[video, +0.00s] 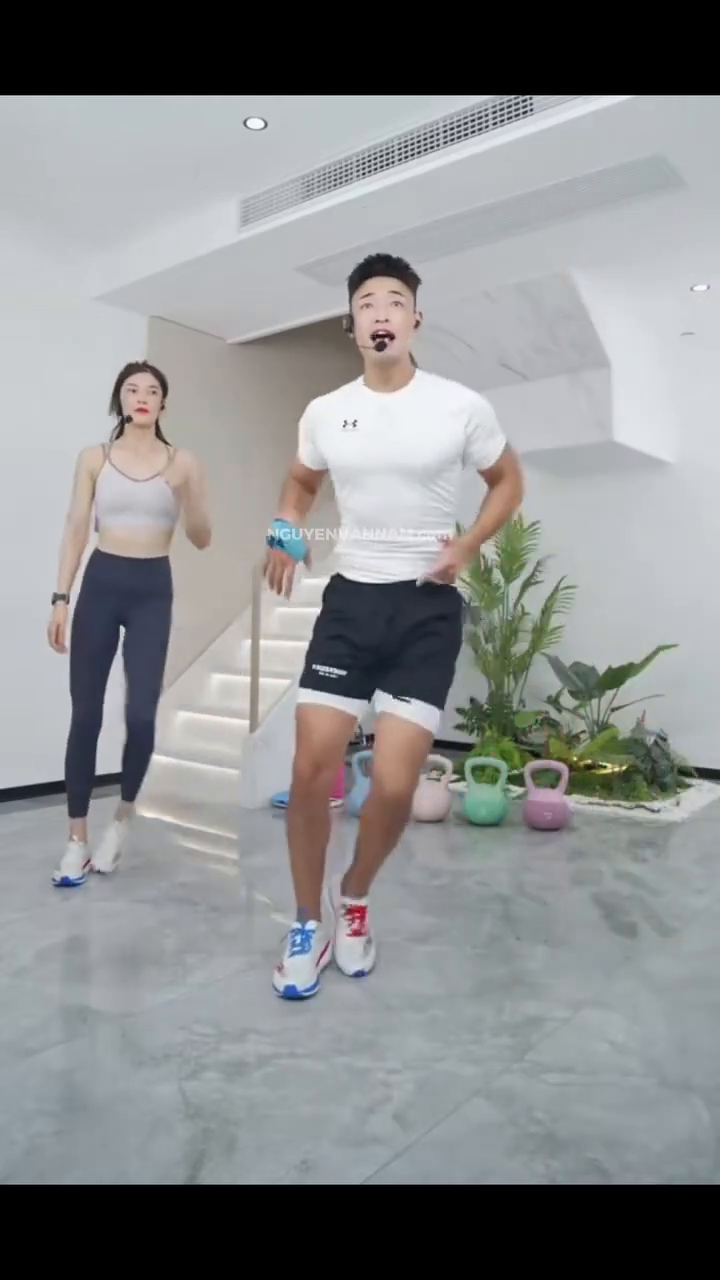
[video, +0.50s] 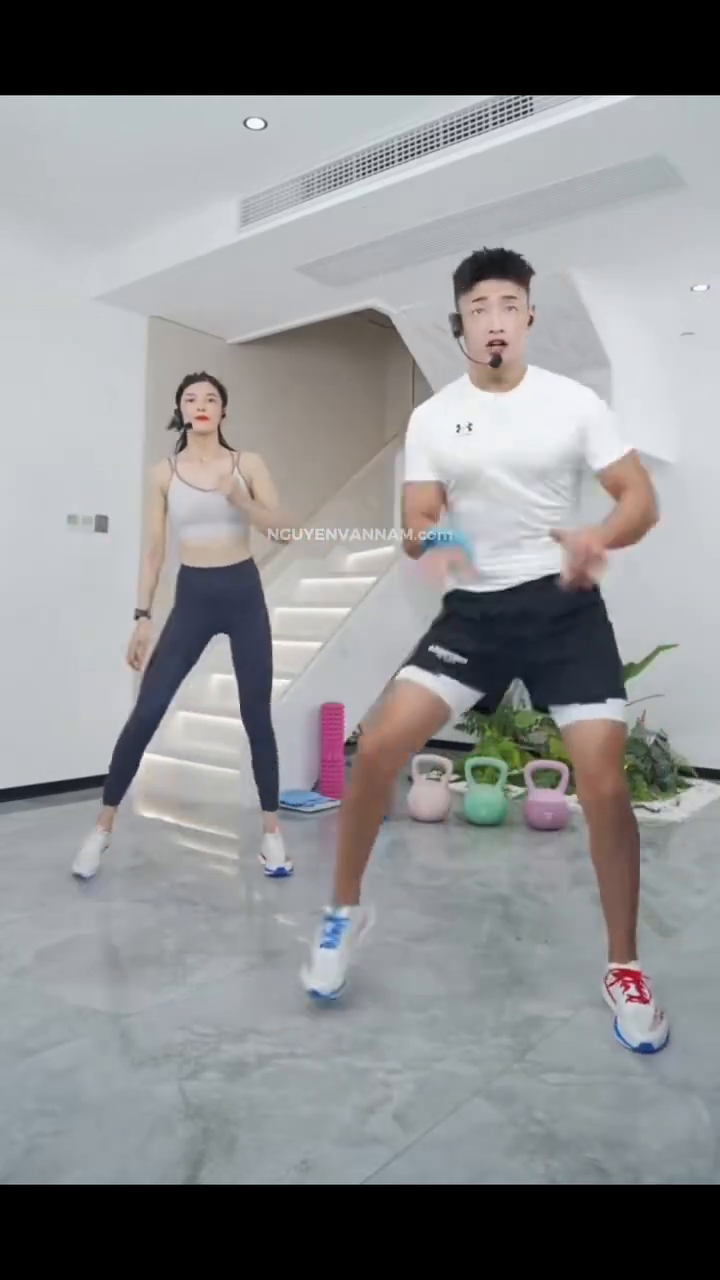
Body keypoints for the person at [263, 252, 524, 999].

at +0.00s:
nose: (380, 314)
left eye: (394, 303)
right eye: (368, 304)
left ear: (417, 319)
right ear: (352, 323)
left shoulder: (462, 408)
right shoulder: (324, 414)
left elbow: (510, 482)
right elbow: (300, 487)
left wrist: (469, 544)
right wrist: (287, 532)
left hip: (428, 609)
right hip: (348, 604)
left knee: (394, 789)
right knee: (311, 768)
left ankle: (353, 899)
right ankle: (305, 924)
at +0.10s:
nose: (384, 320)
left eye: (397, 309)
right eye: (371, 309)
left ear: (419, 324)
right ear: (353, 327)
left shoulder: (462, 414)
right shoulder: (326, 424)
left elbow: (511, 508)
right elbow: (297, 511)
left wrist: (459, 544)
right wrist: (304, 530)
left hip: (438, 612)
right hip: (353, 613)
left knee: (453, 786)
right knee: (310, 779)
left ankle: (415, 885)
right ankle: (308, 930)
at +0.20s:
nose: (402, 312)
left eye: (415, 300)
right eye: (388, 301)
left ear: (437, 316)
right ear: (369, 320)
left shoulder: (478, 399)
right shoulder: (338, 409)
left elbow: (520, 503)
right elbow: (321, 520)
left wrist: (452, 482)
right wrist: (355, 467)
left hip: (459, 601)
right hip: (374, 606)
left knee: (516, 765)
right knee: (330, 772)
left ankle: (509, 906)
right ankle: (311, 930)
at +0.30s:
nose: (434, 297)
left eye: (447, 285)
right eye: (420, 288)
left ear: (469, 302)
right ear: (398, 308)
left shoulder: (508, 385)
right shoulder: (369, 394)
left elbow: (552, 490)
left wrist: (475, 435)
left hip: (494, 588)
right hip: (405, 593)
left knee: (559, 774)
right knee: (360, 767)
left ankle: (600, 950)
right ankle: (321, 928)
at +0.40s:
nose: (469, 311)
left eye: (483, 299)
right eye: (454, 300)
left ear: (503, 315)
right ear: (435, 319)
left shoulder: (546, 398)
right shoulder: (404, 410)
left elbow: (600, 494)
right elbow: (387, 517)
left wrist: (522, 468)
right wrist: (433, 454)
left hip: (538, 606)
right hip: (447, 612)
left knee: (585, 780)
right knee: (368, 771)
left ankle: (625, 966)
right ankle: (324, 925)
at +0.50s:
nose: (495, 321)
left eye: (509, 306)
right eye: (480, 309)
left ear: (531, 319)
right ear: (459, 325)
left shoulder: (573, 404)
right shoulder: (432, 418)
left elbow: (642, 499)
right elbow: (418, 521)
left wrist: (603, 538)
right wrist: (430, 545)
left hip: (565, 609)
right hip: (473, 613)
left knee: (603, 785)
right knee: (375, 746)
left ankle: (624, 968)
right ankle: (343, 909)